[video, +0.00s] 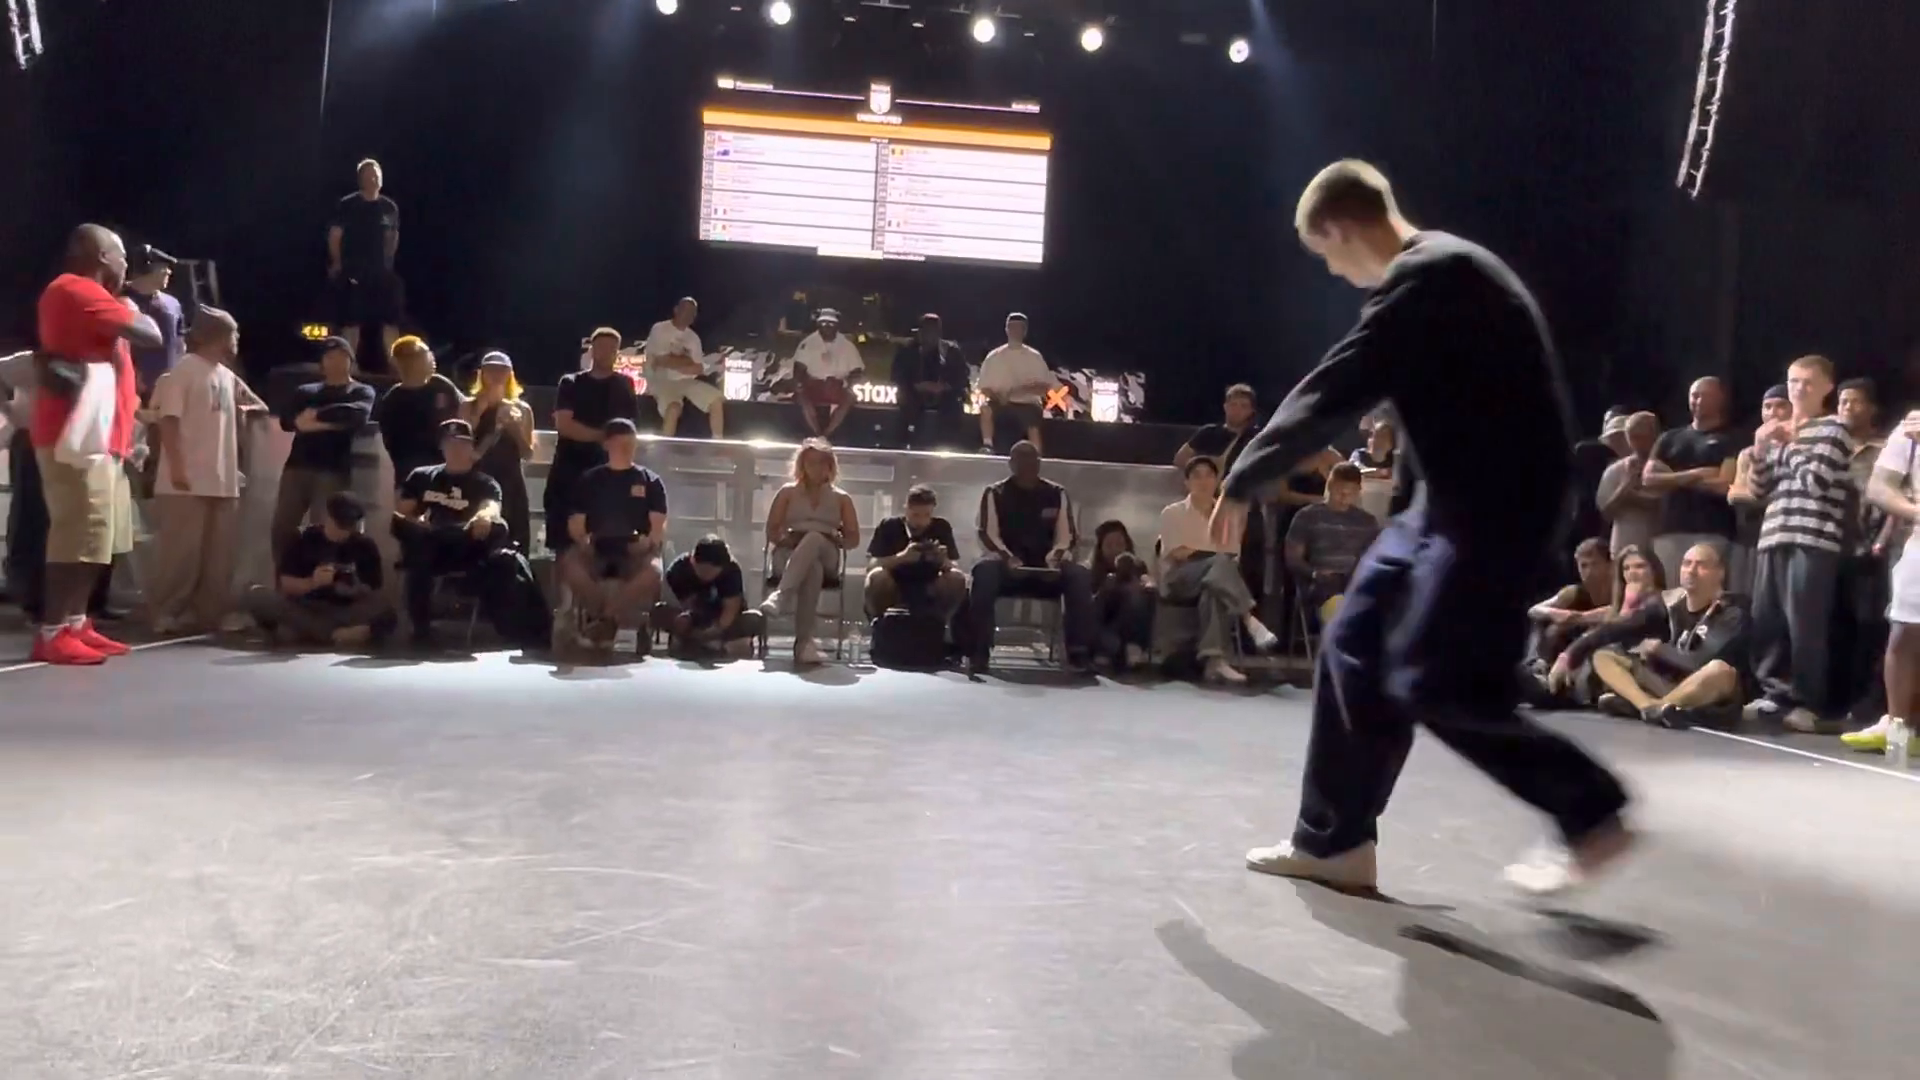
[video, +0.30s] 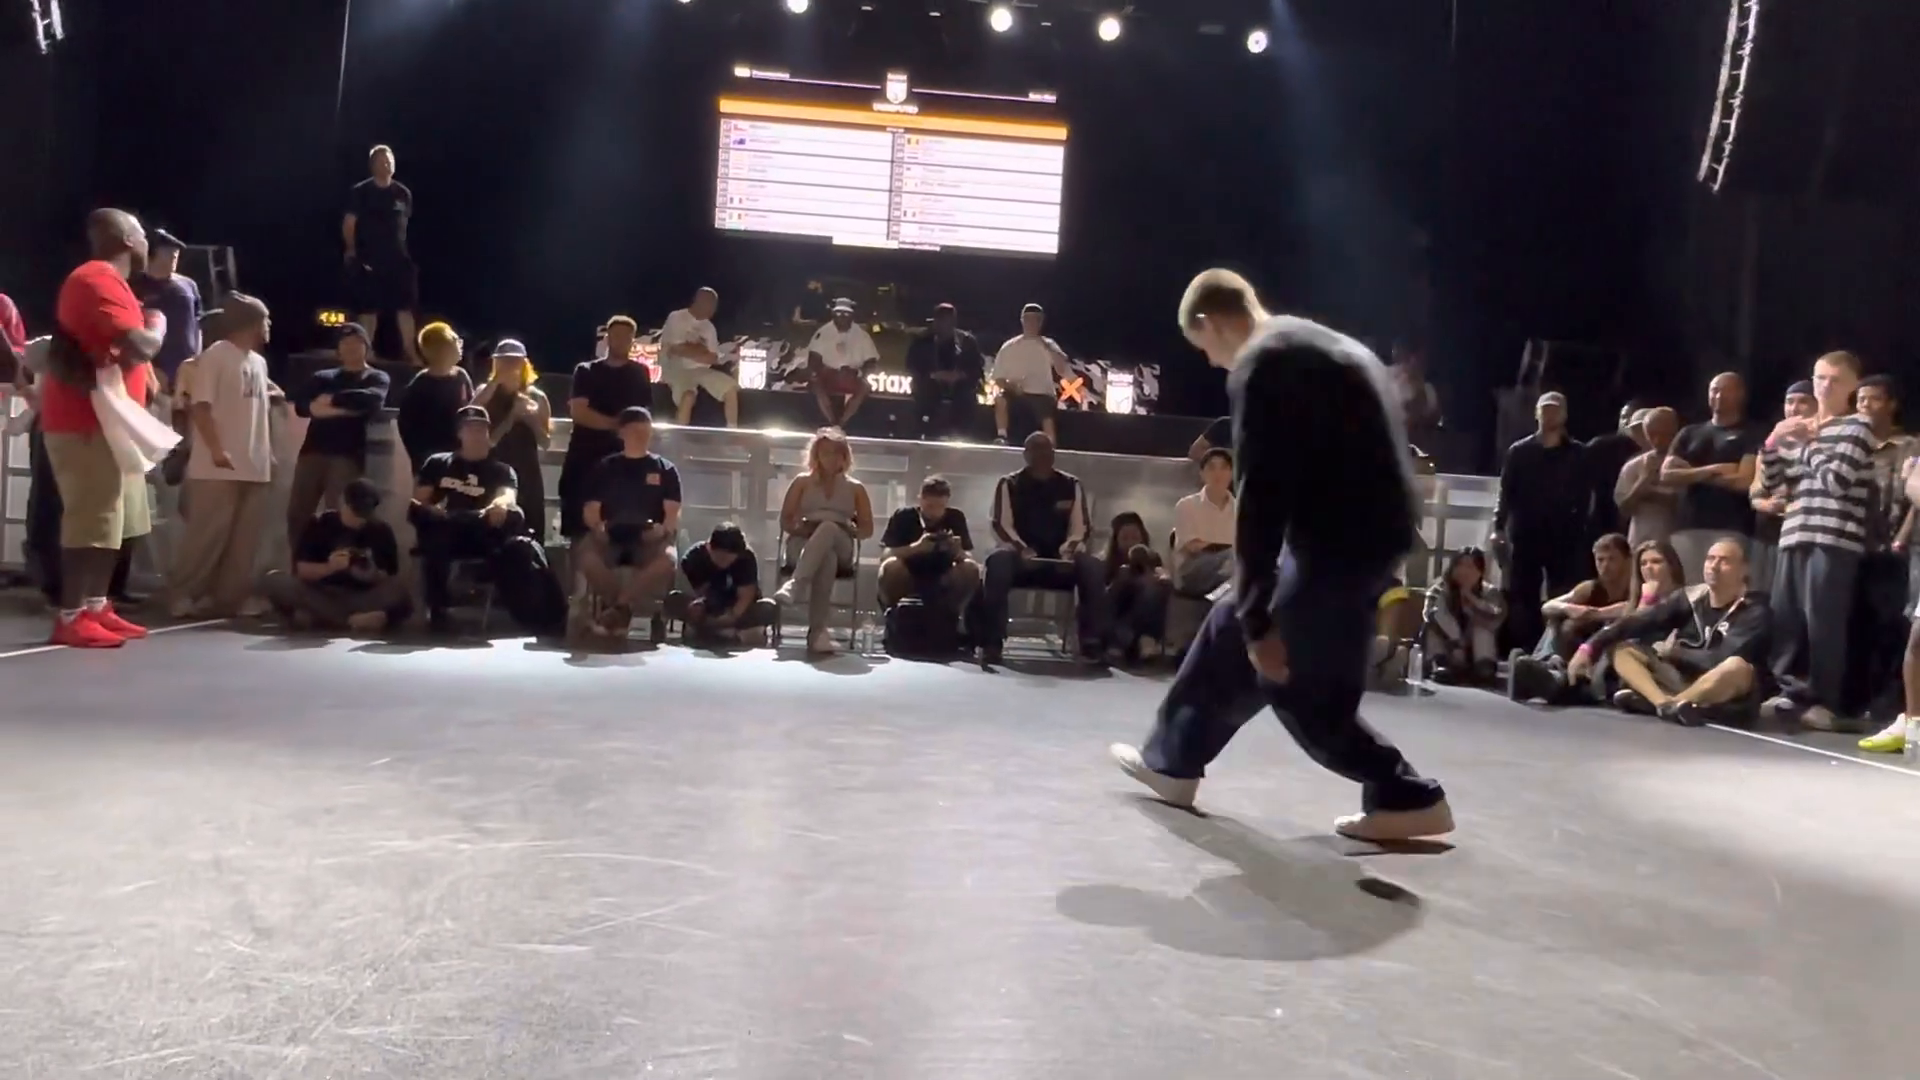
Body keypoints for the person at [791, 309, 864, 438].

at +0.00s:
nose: (827, 328)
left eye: (831, 325)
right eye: (824, 325)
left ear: (836, 327)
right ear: (819, 326)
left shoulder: (846, 345)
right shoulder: (808, 343)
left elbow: (857, 370)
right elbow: (799, 366)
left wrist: (847, 382)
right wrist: (800, 381)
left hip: (836, 384)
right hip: (813, 383)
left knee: (849, 398)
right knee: (802, 397)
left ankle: (827, 434)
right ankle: (817, 434)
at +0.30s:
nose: (842, 317)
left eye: (846, 314)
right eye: (838, 313)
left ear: (852, 316)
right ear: (833, 315)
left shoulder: (861, 334)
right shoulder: (824, 332)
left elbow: (871, 360)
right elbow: (814, 356)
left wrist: (863, 375)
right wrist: (818, 371)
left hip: (852, 374)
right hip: (829, 372)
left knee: (864, 388)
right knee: (817, 385)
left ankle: (842, 423)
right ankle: (832, 423)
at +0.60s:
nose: (855, 317)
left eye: (859, 314)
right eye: (852, 314)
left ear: (864, 312)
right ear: (846, 312)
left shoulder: (873, 326)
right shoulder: (836, 324)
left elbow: (886, 353)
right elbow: (825, 354)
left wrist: (869, 354)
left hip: (866, 369)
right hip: (841, 368)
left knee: (876, 381)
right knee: (828, 376)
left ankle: (854, 417)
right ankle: (844, 416)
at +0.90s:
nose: (862, 315)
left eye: (865, 312)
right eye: (858, 312)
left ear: (870, 309)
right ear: (852, 309)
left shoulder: (880, 323)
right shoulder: (842, 321)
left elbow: (891, 352)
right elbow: (831, 351)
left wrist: (877, 342)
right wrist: (853, 342)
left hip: (872, 367)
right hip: (847, 365)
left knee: (883, 377)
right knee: (834, 371)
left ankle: (859, 413)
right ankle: (849, 412)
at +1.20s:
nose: (868, 315)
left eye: (871, 312)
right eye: (864, 311)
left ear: (876, 308)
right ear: (858, 307)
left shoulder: (886, 321)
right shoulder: (848, 319)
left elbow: (897, 350)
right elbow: (837, 350)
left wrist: (883, 339)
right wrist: (858, 339)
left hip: (878, 364)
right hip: (853, 363)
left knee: (889, 375)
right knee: (840, 371)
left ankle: (865, 411)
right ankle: (855, 410)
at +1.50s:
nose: (871, 312)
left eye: (875, 309)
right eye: (868, 309)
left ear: (880, 305)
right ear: (862, 305)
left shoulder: (890, 319)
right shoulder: (852, 316)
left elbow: (901, 348)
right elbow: (840, 347)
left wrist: (887, 336)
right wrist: (862, 336)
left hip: (882, 362)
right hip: (857, 360)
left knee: (893, 373)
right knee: (844, 369)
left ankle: (868, 409)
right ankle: (859, 408)